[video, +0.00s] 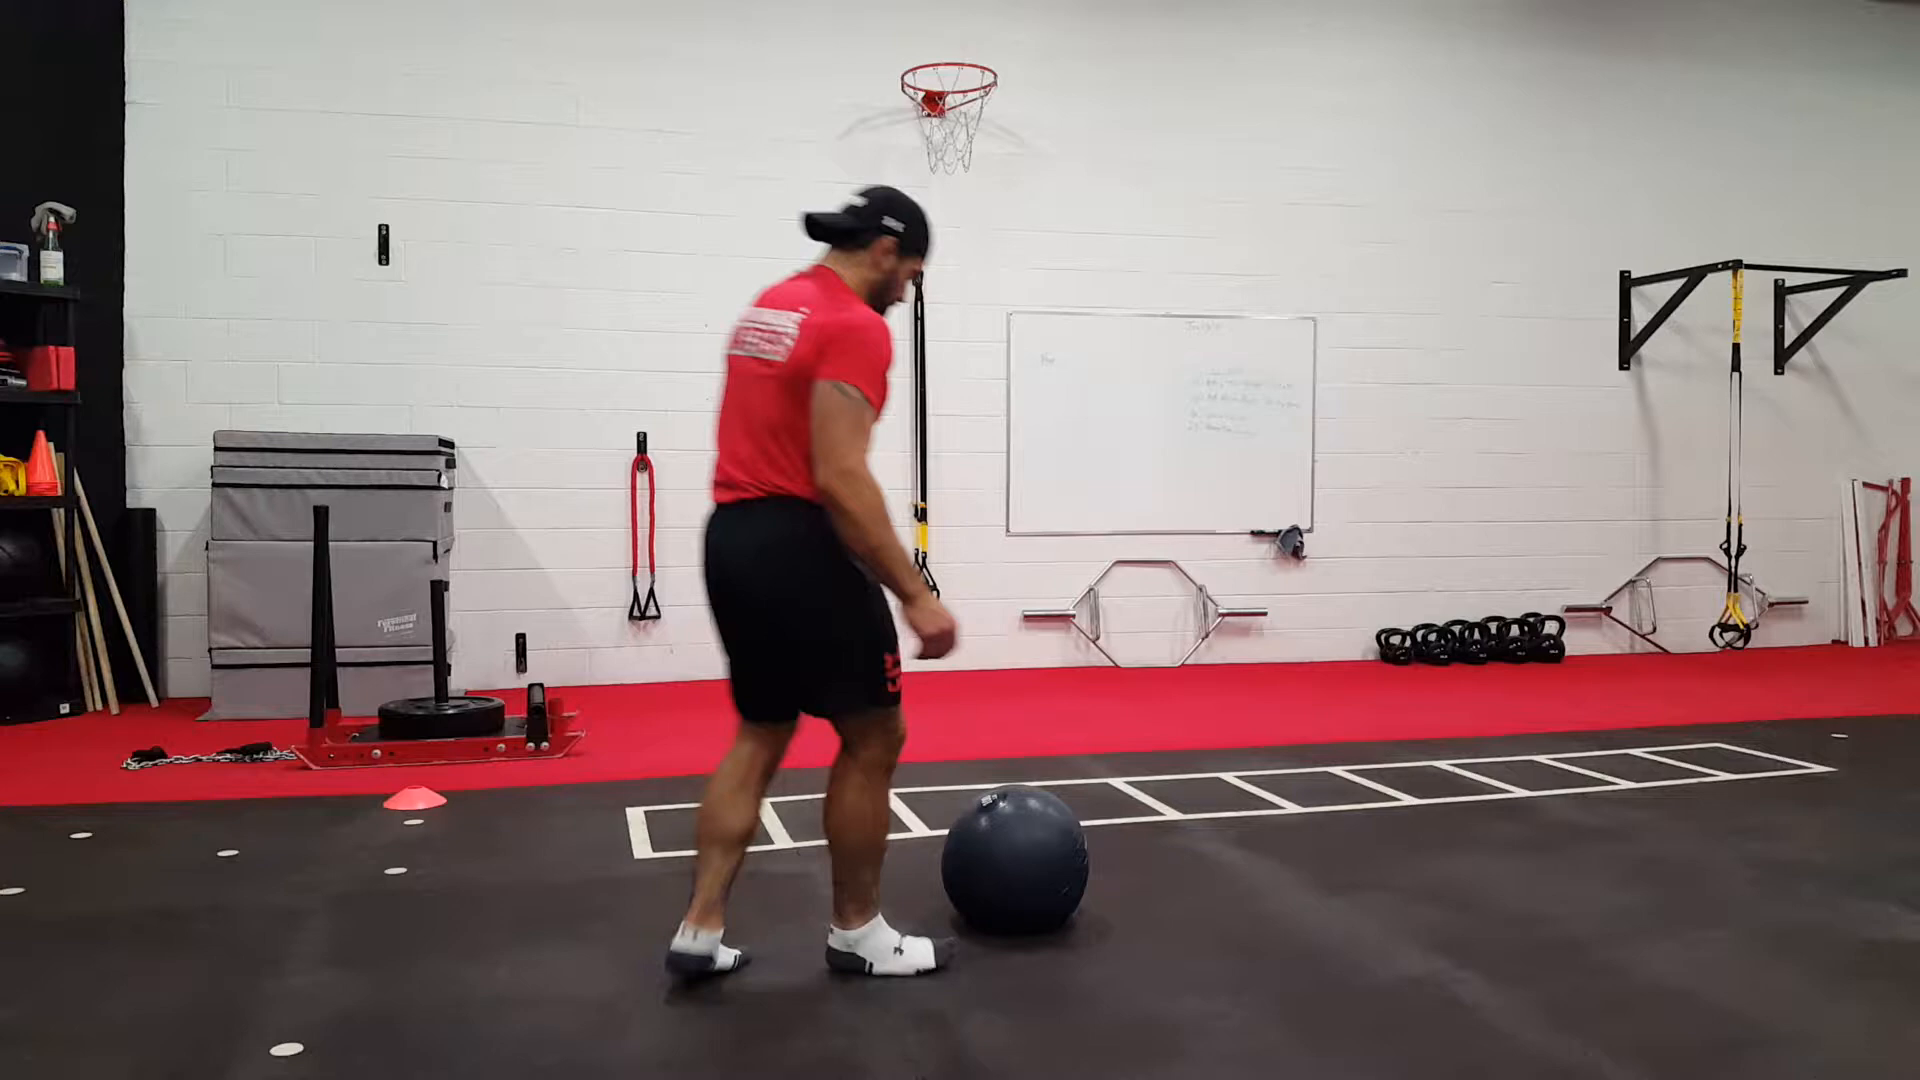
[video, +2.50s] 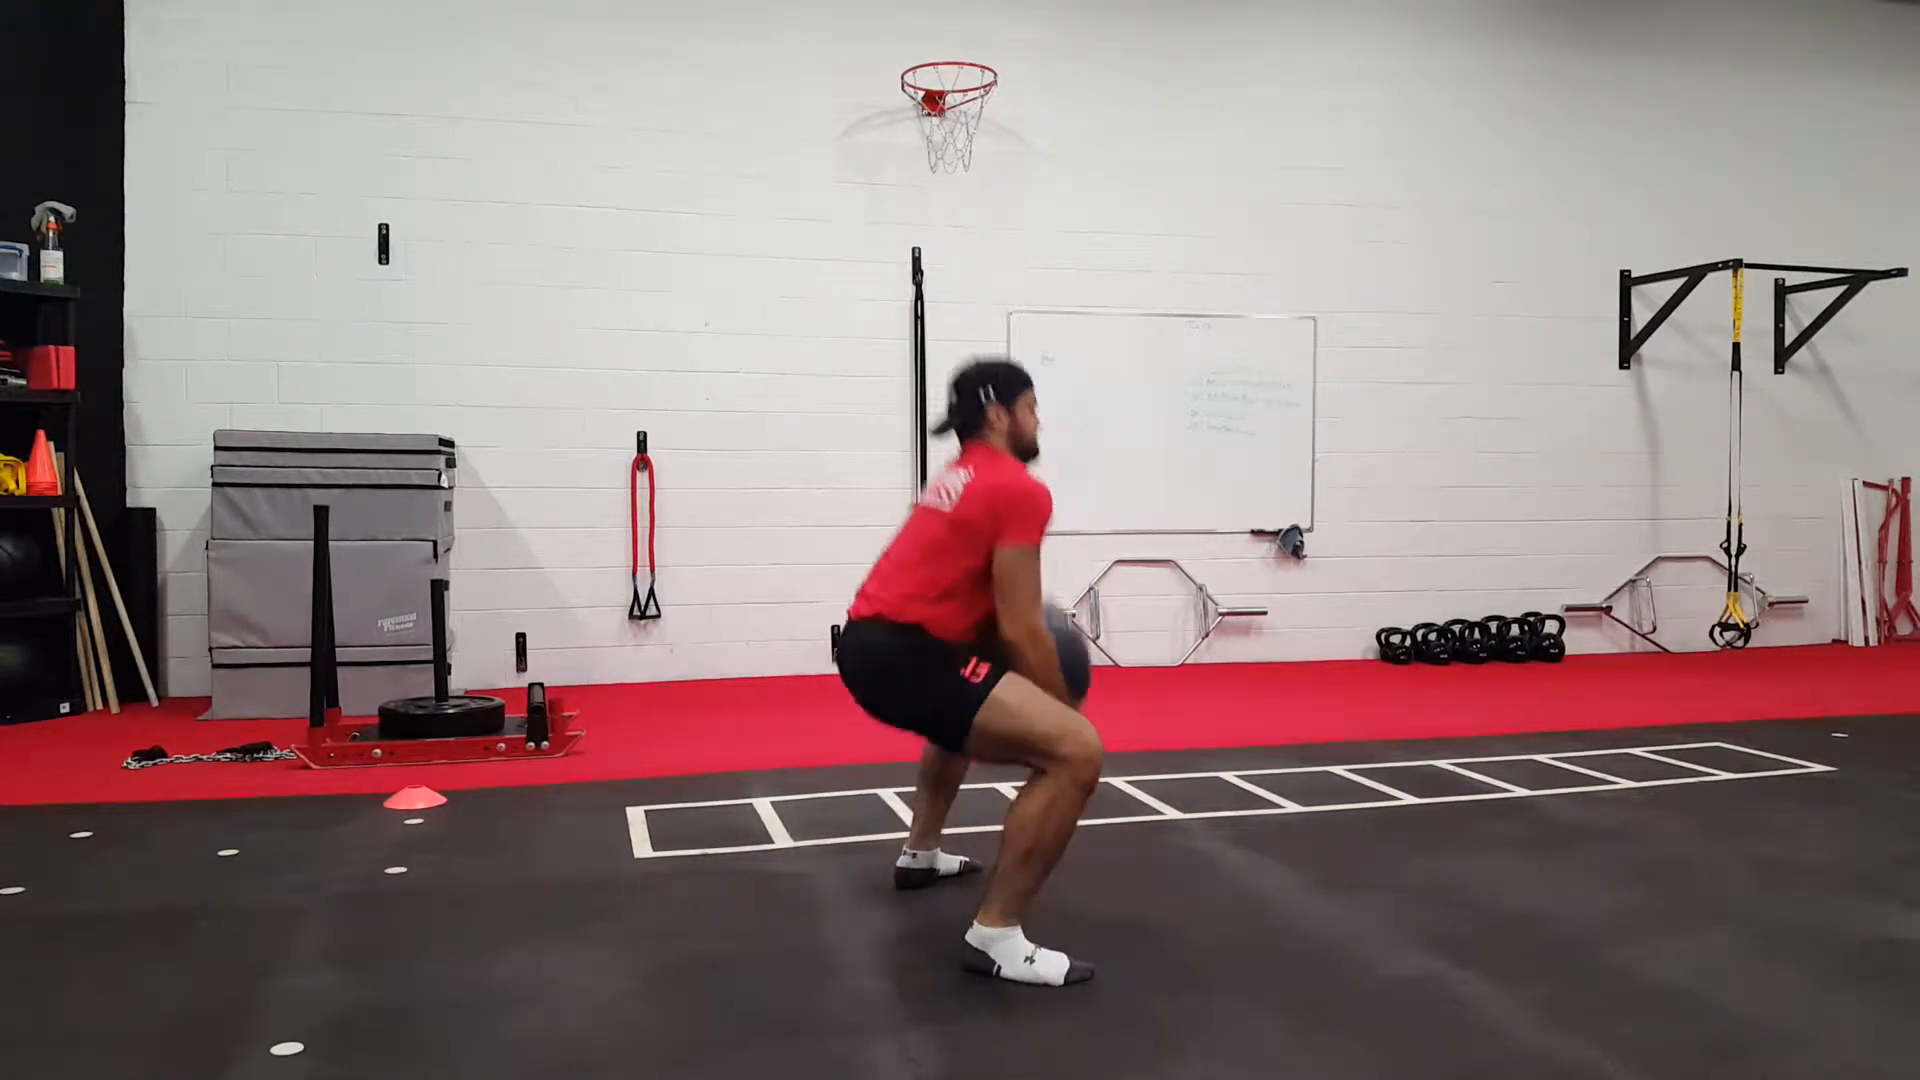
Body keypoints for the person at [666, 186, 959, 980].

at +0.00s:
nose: (908, 288)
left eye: (914, 275)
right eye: (910, 271)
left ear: (851, 244)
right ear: (882, 249)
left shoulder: (776, 301)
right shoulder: (853, 326)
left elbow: (763, 448)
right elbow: (839, 472)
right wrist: (915, 595)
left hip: (736, 538)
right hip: (806, 541)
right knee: (873, 735)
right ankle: (857, 927)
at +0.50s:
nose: (1036, 385)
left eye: (1041, 371)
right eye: (1038, 368)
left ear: (996, 341)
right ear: (1014, 345)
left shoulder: (933, 394)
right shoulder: (969, 413)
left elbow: (936, 557)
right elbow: (970, 561)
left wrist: (975, 653)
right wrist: (1016, 677)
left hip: (824, 569)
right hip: (858, 577)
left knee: (924, 708)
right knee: (1009, 717)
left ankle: (913, 853)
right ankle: (966, 906)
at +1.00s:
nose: (1091, 579)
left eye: (1096, 567)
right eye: (1094, 564)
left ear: (1046, 543)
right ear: (1069, 549)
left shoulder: (986, 581)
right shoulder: (1038, 620)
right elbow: (1026, 758)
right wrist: (1050, 886)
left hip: (852, 729)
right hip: (887, 746)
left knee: (966, 724)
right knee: (1074, 759)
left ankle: (919, 851)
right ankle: (996, 933)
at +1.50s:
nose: (1101, 552)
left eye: (1105, 540)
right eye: (1102, 537)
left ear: (1054, 525)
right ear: (1072, 528)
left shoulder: (1006, 562)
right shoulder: (1057, 593)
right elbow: (1033, 737)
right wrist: (1055, 845)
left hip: (863, 698)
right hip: (897, 712)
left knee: (980, 716)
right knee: (1074, 757)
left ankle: (923, 851)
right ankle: (996, 934)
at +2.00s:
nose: (1097, 558)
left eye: (1098, 546)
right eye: (1093, 544)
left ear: (1051, 539)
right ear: (1060, 541)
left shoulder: (1001, 579)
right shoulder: (1051, 606)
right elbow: (1007, 735)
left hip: (851, 708)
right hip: (879, 720)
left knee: (953, 721)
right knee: (1060, 752)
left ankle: (919, 854)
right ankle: (994, 933)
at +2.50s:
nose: (1038, 420)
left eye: (1035, 407)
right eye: (1031, 408)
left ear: (985, 417)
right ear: (998, 415)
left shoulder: (957, 474)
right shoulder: (1017, 490)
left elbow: (969, 611)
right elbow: (1021, 627)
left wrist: (1033, 659)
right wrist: (1060, 714)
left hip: (866, 641)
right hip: (905, 652)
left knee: (980, 698)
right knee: (1076, 755)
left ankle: (922, 849)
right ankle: (997, 931)